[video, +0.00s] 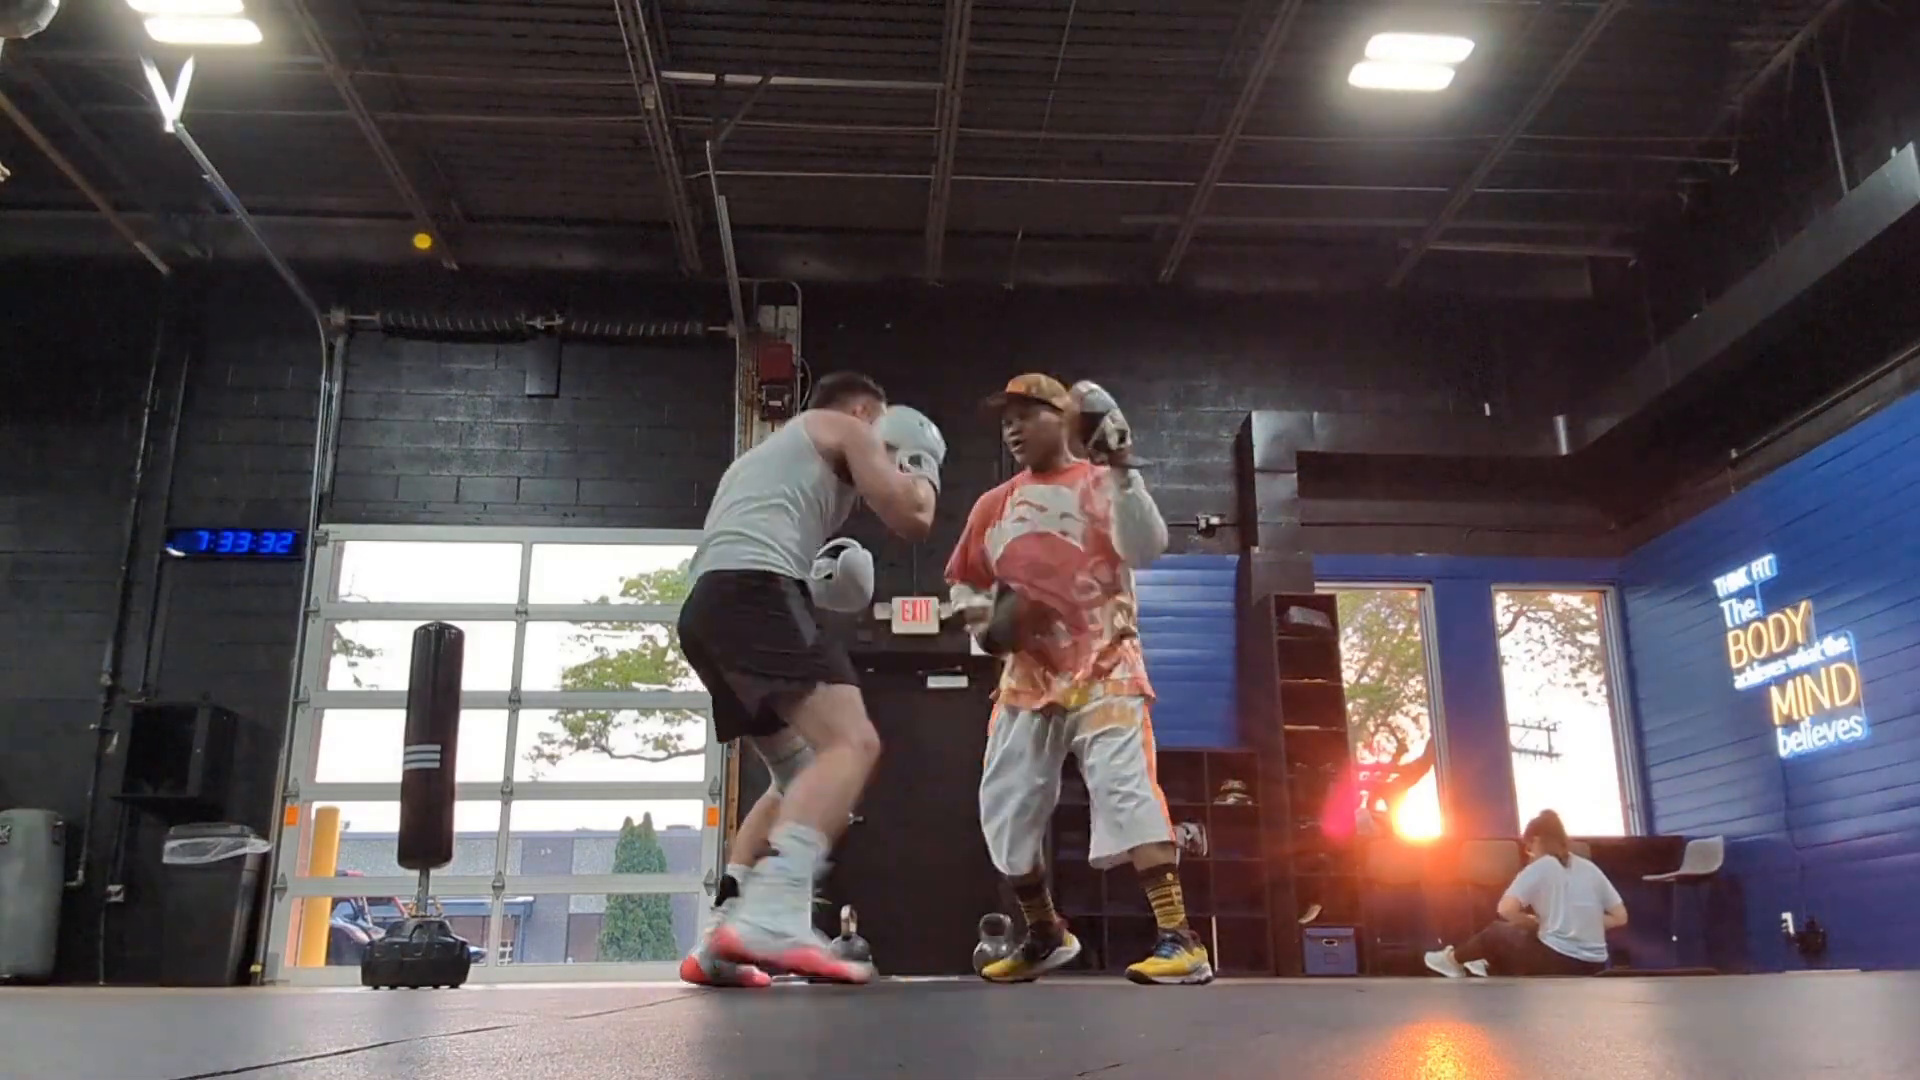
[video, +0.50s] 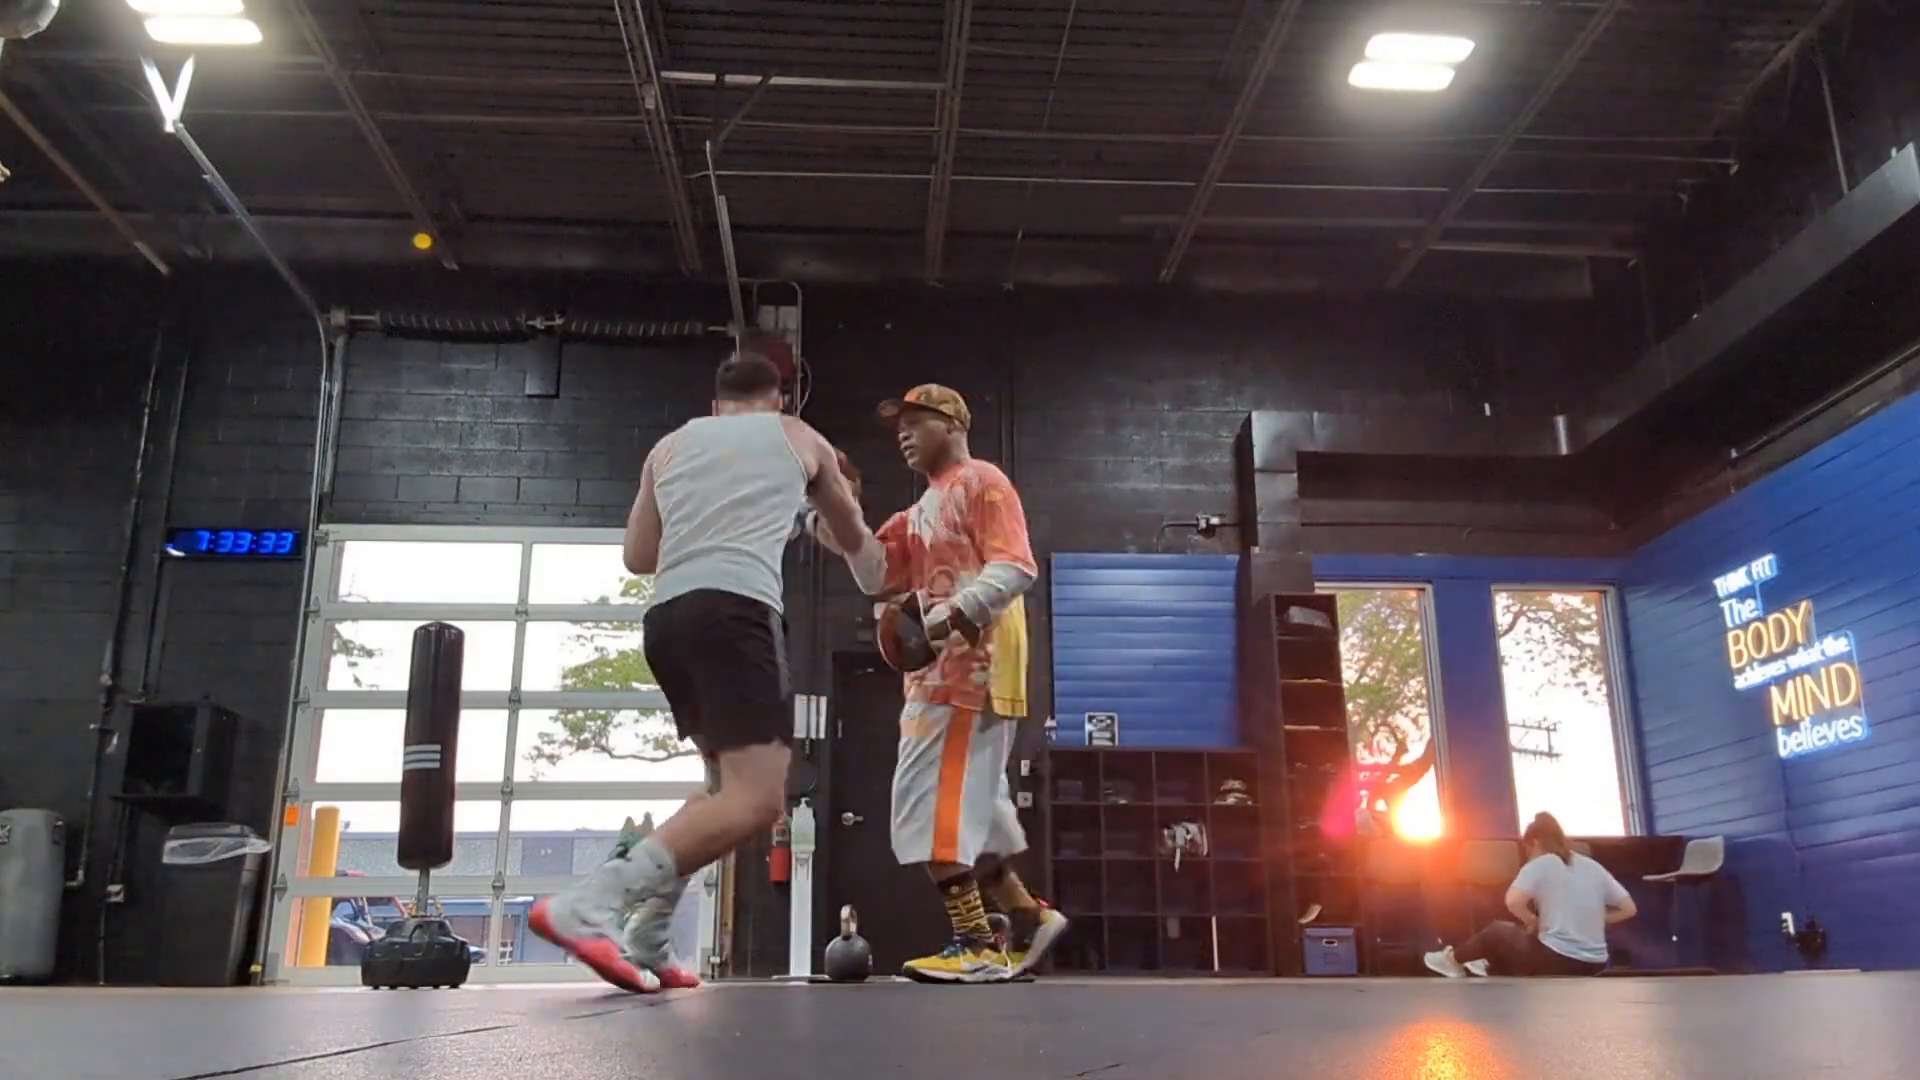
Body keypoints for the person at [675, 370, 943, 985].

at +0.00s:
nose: (877, 433)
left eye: (877, 425)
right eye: (874, 421)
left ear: (817, 406)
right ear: (858, 408)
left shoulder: (762, 456)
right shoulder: (842, 426)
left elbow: (747, 547)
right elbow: (913, 518)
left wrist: (813, 585)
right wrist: (923, 468)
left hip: (699, 613)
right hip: (754, 591)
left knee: (797, 777)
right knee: (848, 744)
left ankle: (728, 934)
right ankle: (775, 915)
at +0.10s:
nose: (855, 388)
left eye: (857, 377)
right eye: (855, 375)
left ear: (804, 358)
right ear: (839, 363)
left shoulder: (785, 421)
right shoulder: (791, 385)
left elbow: (771, 540)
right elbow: (868, 465)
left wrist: (833, 537)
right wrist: (884, 408)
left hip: (766, 592)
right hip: (733, 583)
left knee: (815, 762)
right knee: (786, 749)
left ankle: (716, 914)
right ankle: (616, 891)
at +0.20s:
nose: (839, 373)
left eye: (841, 364)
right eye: (839, 361)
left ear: (782, 344)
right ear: (819, 347)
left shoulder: (778, 422)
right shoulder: (747, 387)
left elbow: (802, 518)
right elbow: (785, 471)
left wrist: (869, 468)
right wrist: (845, 413)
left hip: (761, 604)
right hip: (722, 593)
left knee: (806, 784)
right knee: (734, 758)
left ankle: (718, 932)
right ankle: (579, 926)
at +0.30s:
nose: (823, 372)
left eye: (822, 360)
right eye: (821, 358)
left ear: (762, 349)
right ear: (801, 349)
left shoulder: (762, 423)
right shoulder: (744, 401)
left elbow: (775, 518)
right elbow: (785, 492)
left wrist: (839, 508)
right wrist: (833, 438)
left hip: (749, 609)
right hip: (723, 601)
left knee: (784, 789)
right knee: (724, 762)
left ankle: (703, 949)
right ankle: (573, 935)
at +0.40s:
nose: (800, 382)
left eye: (798, 372)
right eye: (799, 370)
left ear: (735, 367)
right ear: (787, 363)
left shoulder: (683, 429)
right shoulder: (791, 407)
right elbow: (853, 511)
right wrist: (855, 472)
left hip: (677, 604)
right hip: (734, 593)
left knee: (753, 781)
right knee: (720, 775)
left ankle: (697, 948)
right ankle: (572, 937)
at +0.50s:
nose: (784, 408)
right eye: (785, 399)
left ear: (715, 396)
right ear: (780, 395)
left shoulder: (667, 448)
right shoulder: (798, 436)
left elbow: (639, 557)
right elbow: (853, 540)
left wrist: (709, 527)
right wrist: (827, 500)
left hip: (665, 618)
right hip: (734, 608)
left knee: (726, 788)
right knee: (757, 799)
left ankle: (647, 943)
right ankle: (590, 902)